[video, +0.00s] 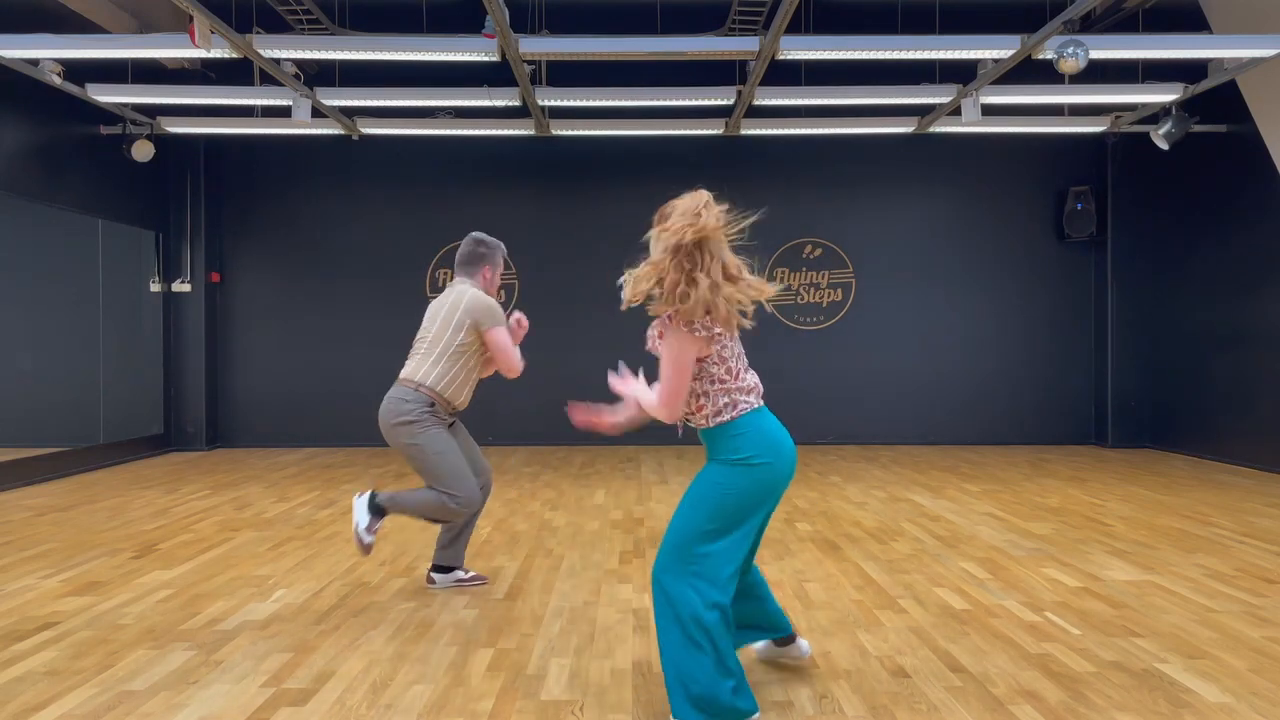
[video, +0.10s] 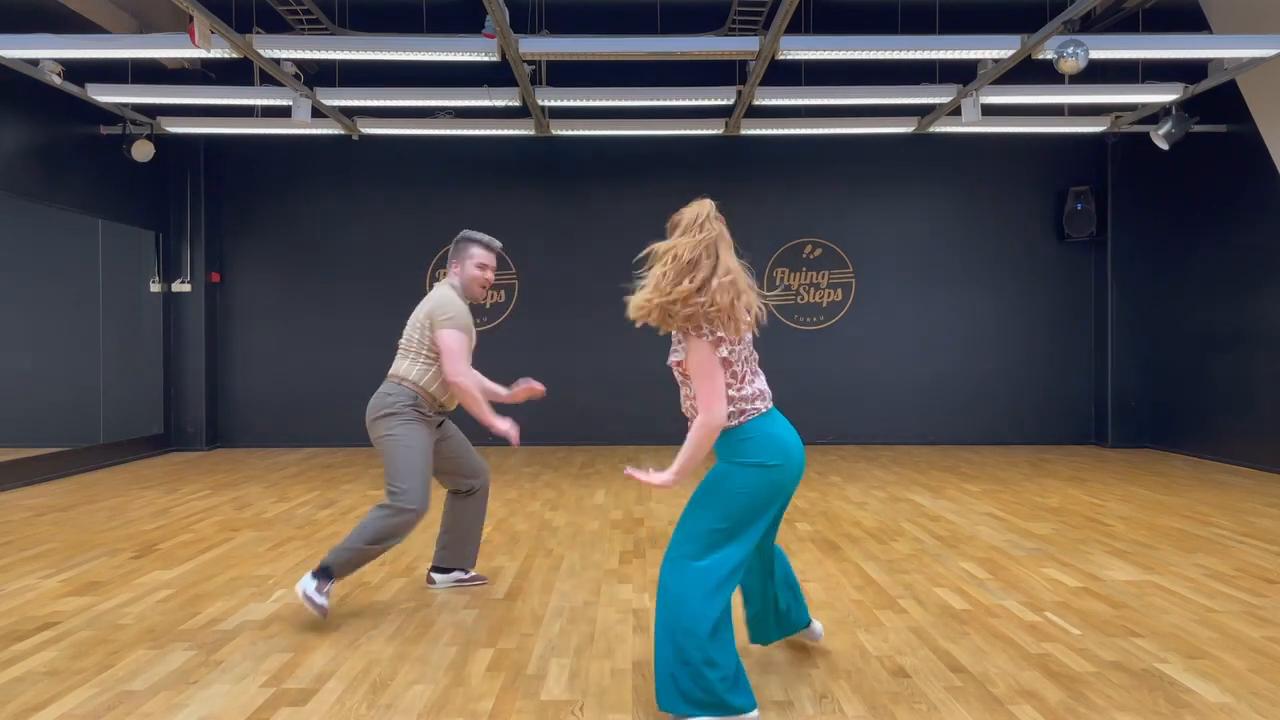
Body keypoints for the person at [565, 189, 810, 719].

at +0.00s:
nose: (656, 258)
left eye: (659, 249)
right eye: (659, 249)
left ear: (665, 257)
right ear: (713, 253)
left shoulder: (685, 321)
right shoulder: (709, 308)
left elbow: (668, 410)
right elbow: (672, 389)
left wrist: (636, 391)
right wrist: (621, 418)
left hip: (743, 456)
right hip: (765, 446)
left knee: (677, 572)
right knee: (726, 553)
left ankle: (716, 706)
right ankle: (781, 637)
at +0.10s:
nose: (664, 271)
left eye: (668, 261)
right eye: (668, 260)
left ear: (677, 269)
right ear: (721, 264)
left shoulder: (698, 326)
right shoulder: (732, 314)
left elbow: (713, 413)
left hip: (749, 454)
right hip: (779, 443)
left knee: (687, 565)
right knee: (753, 540)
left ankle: (719, 698)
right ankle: (797, 621)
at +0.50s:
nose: (738, 248)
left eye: (740, 240)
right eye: (746, 240)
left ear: (745, 244)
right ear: (785, 239)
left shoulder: (764, 289)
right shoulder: (808, 273)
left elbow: (762, 327)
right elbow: (859, 257)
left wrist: (721, 324)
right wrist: (903, 225)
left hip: (809, 422)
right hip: (837, 414)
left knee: (788, 530)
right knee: (828, 522)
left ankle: (788, 652)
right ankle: (830, 613)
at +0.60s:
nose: (748, 247)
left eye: (749, 240)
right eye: (753, 238)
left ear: (755, 243)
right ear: (794, 240)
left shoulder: (765, 294)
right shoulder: (818, 279)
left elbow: (763, 346)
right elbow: (873, 284)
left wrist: (724, 368)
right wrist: (926, 274)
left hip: (814, 419)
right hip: (848, 410)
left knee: (794, 529)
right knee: (838, 523)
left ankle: (817, 648)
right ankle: (837, 616)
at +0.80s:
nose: (770, 244)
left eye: (769, 237)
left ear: (769, 242)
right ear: (812, 239)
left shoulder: (763, 296)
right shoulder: (838, 287)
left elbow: (764, 373)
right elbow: (848, 354)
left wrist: (764, 421)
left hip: (807, 409)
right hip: (853, 400)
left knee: (808, 525)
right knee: (851, 514)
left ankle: (871, 612)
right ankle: (842, 608)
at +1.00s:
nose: (769, 233)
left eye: (769, 228)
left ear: (772, 231)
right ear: (812, 229)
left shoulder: (757, 278)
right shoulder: (831, 269)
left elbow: (755, 314)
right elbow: (839, 308)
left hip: (786, 392)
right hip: (838, 388)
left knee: (781, 485)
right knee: (844, 497)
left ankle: (832, 502)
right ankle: (845, 604)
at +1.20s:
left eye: (762, 252)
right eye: (795, 250)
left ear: (759, 257)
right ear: (801, 255)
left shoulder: (740, 307)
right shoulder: (824, 302)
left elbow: (745, 371)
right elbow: (825, 369)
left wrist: (765, 407)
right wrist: (817, 413)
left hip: (758, 409)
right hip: (810, 408)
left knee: (742, 490)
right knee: (819, 505)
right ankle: (828, 603)